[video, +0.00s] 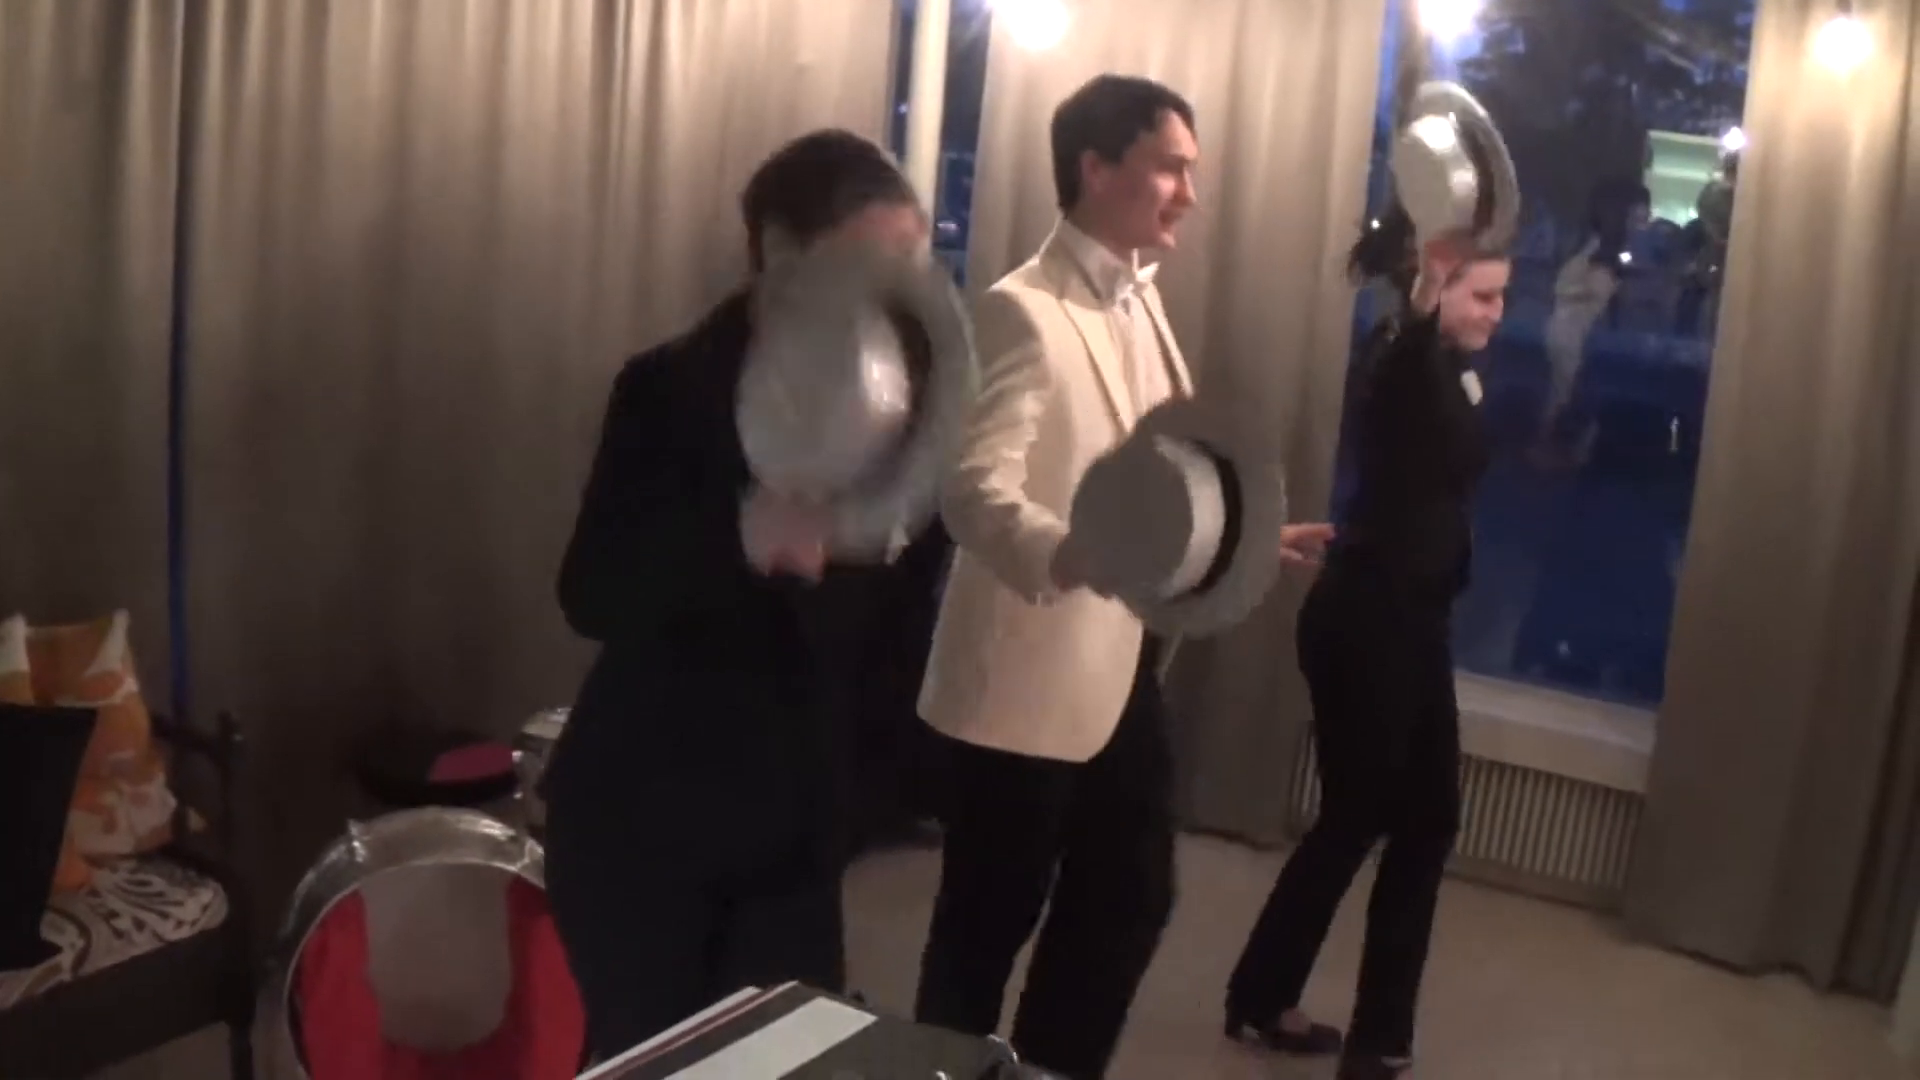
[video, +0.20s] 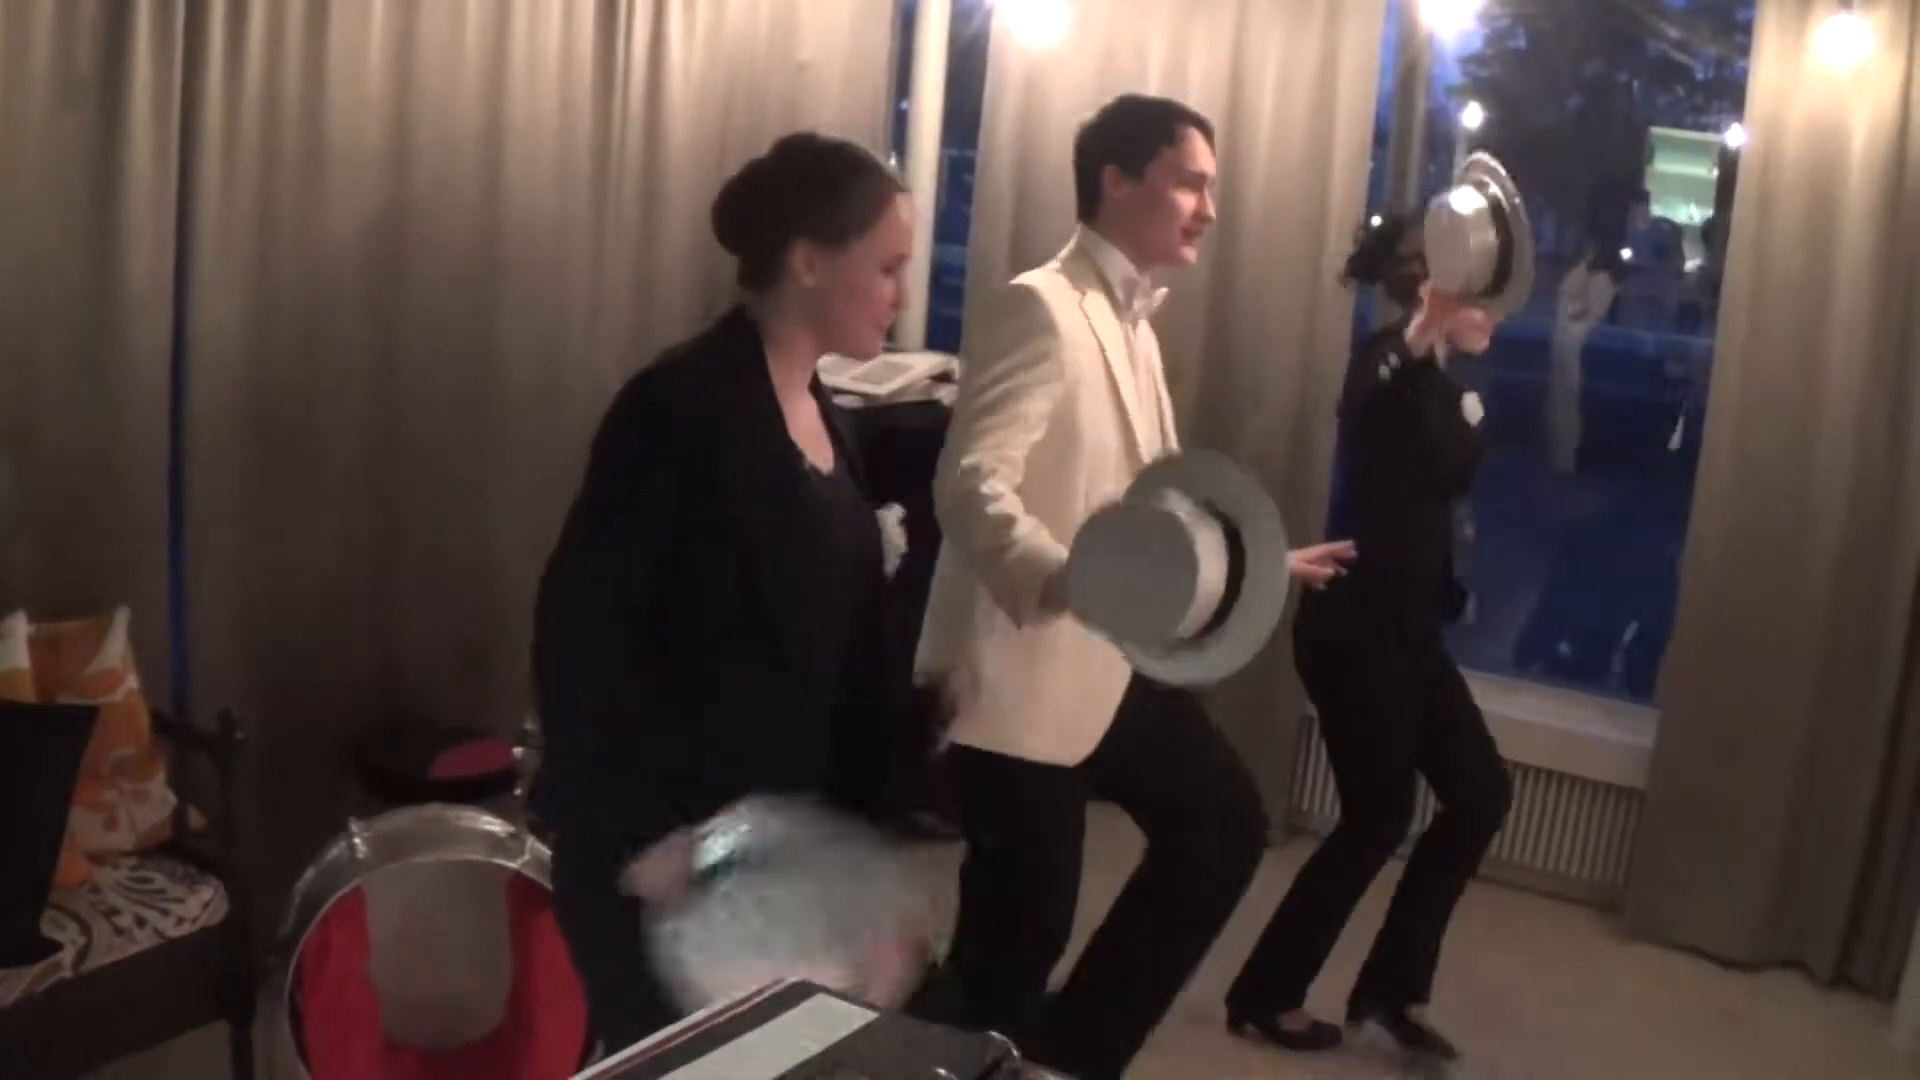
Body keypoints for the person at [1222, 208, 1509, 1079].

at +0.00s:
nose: (1496, 312)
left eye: (1501, 296)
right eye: (1484, 295)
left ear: (1479, 294)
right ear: (1434, 286)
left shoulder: (1438, 372)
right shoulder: (1408, 365)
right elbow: (1404, 359)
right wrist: (1422, 311)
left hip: (1408, 615)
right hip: (1365, 614)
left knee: (1421, 821)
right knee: (1362, 812)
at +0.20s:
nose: (1494, 315)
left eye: (1493, 297)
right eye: (1481, 298)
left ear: (1436, 293)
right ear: (1433, 291)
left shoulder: (1428, 371)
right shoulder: (1391, 369)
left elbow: (1432, 481)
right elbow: (1428, 469)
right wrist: (1424, 349)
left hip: (1400, 625)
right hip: (1354, 624)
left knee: (1478, 794)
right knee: (1379, 813)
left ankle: (1387, 995)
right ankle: (1262, 996)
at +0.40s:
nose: (1514, 282)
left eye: (1515, 268)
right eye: (1500, 267)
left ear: (1484, 280)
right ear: (1454, 273)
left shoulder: (1458, 365)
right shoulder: (1418, 329)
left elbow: (1428, 511)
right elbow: (1364, 324)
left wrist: (1494, 573)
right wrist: (1421, 248)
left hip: (1404, 586)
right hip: (1355, 583)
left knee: (1455, 759)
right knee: (1347, 795)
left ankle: (1348, 884)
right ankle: (1258, 991)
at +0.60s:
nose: (1507, 275)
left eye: (1507, 260)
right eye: (1490, 261)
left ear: (1475, 273)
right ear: (1439, 269)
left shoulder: (1469, 349)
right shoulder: (1409, 337)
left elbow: (1467, 474)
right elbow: (1385, 446)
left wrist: (1542, 496)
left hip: (1411, 589)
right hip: (1368, 590)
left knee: (1413, 777)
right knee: (1405, 783)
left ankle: (1327, 919)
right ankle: (1277, 950)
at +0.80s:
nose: (1503, 283)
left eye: (1506, 268)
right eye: (1490, 267)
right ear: (1435, 268)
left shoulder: (1464, 358)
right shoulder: (1394, 371)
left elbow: (1505, 406)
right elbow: (1374, 507)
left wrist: (1552, 314)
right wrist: (1419, 577)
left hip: (1416, 597)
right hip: (1369, 597)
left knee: (1391, 762)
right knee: (1454, 773)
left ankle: (1320, 906)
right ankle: (1316, 908)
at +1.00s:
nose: (1518, 284)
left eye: (1521, 268)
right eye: (1506, 264)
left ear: (1464, 268)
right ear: (1449, 258)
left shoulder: (1463, 353)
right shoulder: (1401, 376)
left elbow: (1497, 392)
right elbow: (1395, 536)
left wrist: (1546, 314)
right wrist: (1465, 556)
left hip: (1441, 598)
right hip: (1390, 603)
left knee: (1417, 774)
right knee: (1431, 799)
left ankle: (1324, 888)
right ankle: (1321, 972)